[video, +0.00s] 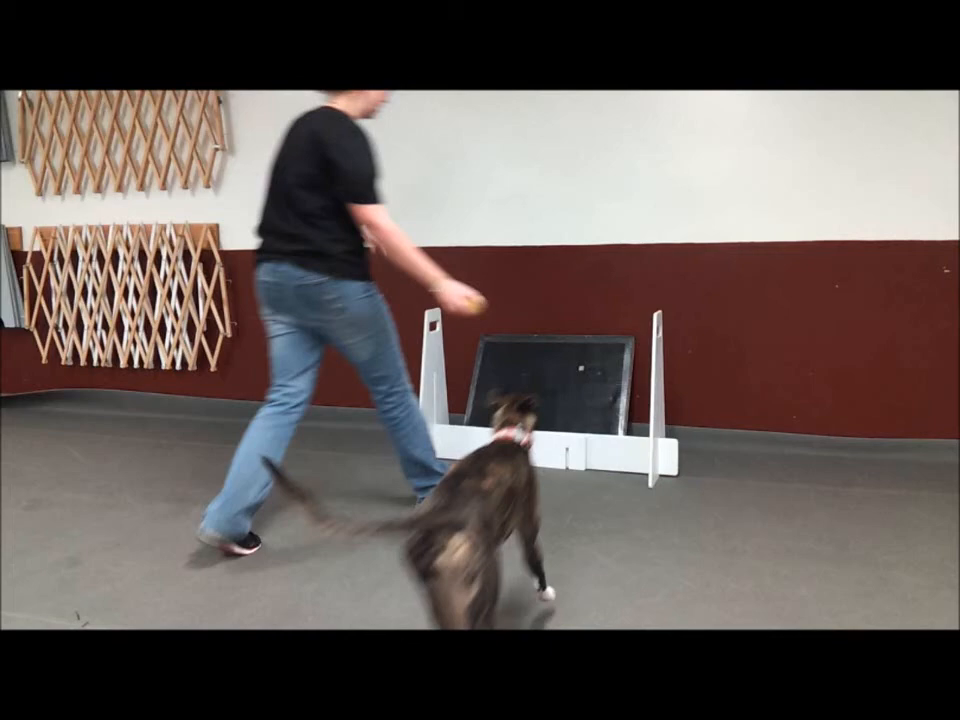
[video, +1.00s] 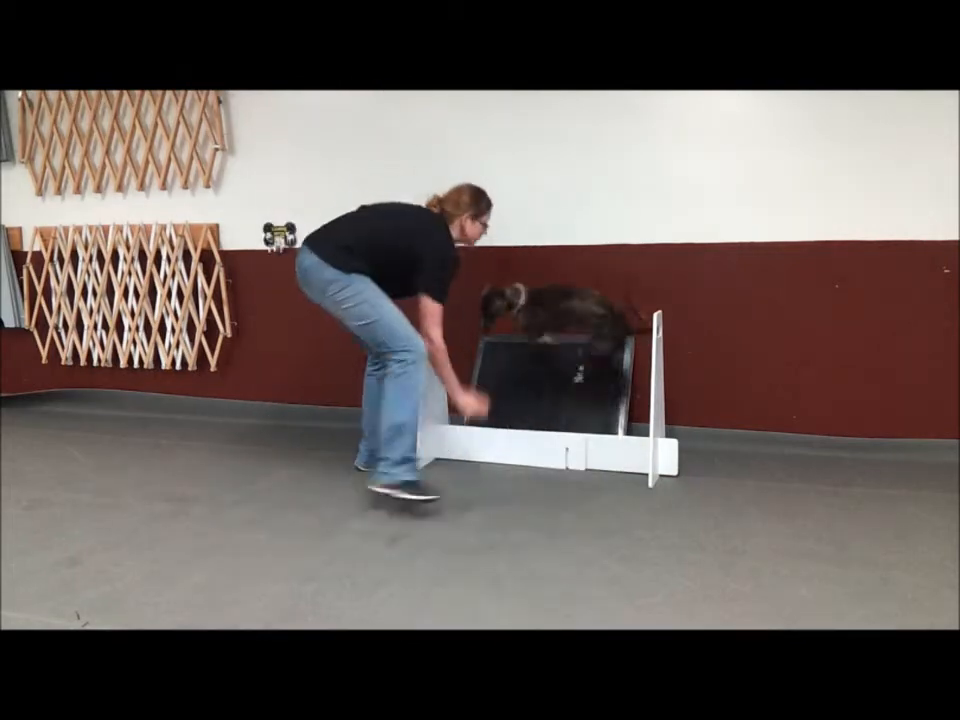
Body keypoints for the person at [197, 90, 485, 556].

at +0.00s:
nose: (387, 98)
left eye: (386, 92)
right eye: (384, 91)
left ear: (341, 88)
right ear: (365, 90)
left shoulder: (304, 125)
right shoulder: (345, 134)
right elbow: (377, 225)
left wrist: (364, 238)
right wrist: (442, 285)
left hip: (279, 274)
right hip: (334, 283)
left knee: (285, 399)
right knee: (391, 390)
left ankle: (227, 519)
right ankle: (434, 487)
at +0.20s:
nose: (452, 112)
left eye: (453, 104)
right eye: (450, 103)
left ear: (401, 99)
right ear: (431, 98)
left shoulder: (357, 131)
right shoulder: (424, 147)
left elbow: (328, 199)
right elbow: (457, 233)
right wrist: (519, 293)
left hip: (316, 262)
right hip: (371, 267)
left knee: (349, 376)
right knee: (424, 374)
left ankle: (297, 466)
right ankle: (437, 486)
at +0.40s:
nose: (473, 148)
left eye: (475, 140)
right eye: (474, 139)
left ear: (431, 126)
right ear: (461, 133)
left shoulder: (382, 148)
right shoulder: (459, 170)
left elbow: (329, 200)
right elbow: (506, 242)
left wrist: (373, 229)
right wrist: (559, 280)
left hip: (332, 257)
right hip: (386, 264)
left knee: (375, 355)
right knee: (441, 367)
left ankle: (371, 458)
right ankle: (439, 484)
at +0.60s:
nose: (469, 174)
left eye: (470, 167)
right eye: (469, 165)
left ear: (431, 153)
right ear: (456, 160)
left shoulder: (387, 168)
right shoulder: (453, 193)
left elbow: (334, 216)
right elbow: (492, 252)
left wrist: (336, 257)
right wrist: (528, 271)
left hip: (331, 266)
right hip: (379, 273)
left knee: (379, 352)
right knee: (458, 355)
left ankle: (374, 451)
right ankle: (443, 474)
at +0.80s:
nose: (472, 202)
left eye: (475, 194)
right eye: (473, 192)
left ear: (439, 179)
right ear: (458, 185)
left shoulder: (402, 190)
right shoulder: (446, 214)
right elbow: (437, 290)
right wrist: (470, 277)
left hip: (323, 264)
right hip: (364, 273)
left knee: (379, 350)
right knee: (445, 351)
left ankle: (375, 452)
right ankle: (445, 467)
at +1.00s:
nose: (483, 233)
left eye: (485, 226)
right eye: (482, 224)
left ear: (453, 212)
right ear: (465, 219)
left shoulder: (422, 224)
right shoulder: (438, 247)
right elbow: (431, 336)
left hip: (317, 262)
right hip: (334, 269)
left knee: (383, 356)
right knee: (407, 352)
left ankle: (373, 455)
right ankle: (394, 474)